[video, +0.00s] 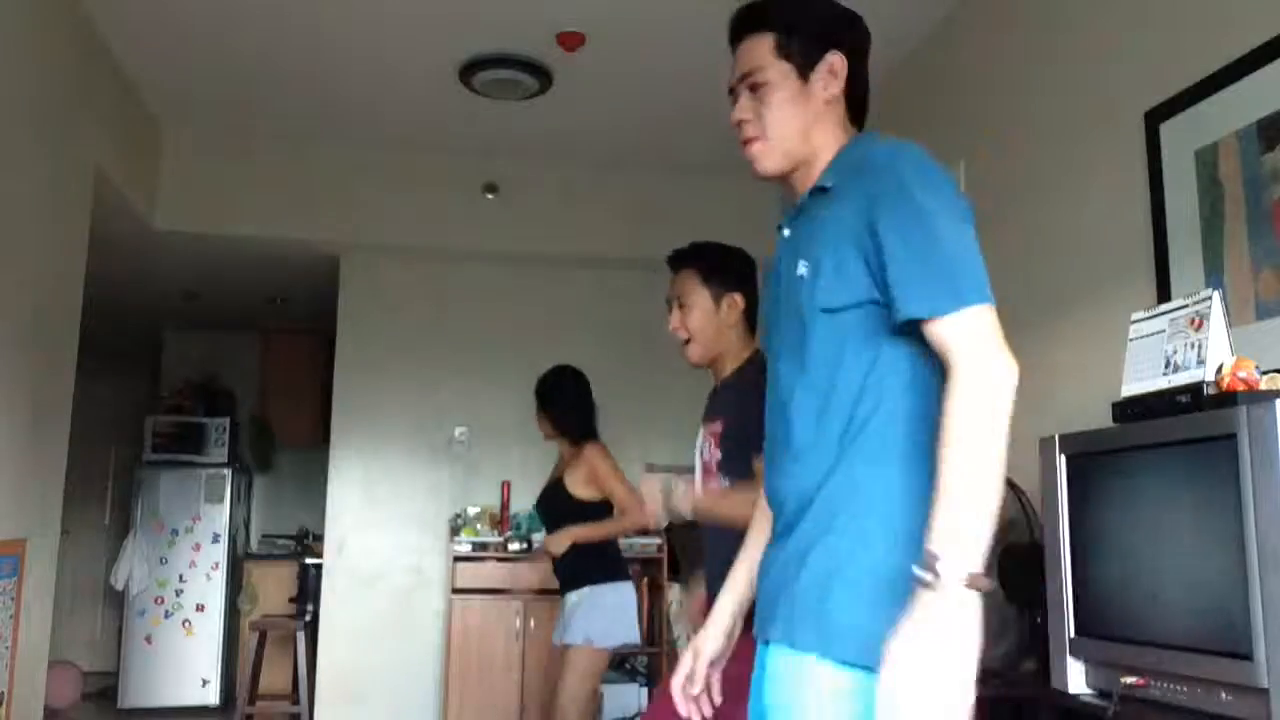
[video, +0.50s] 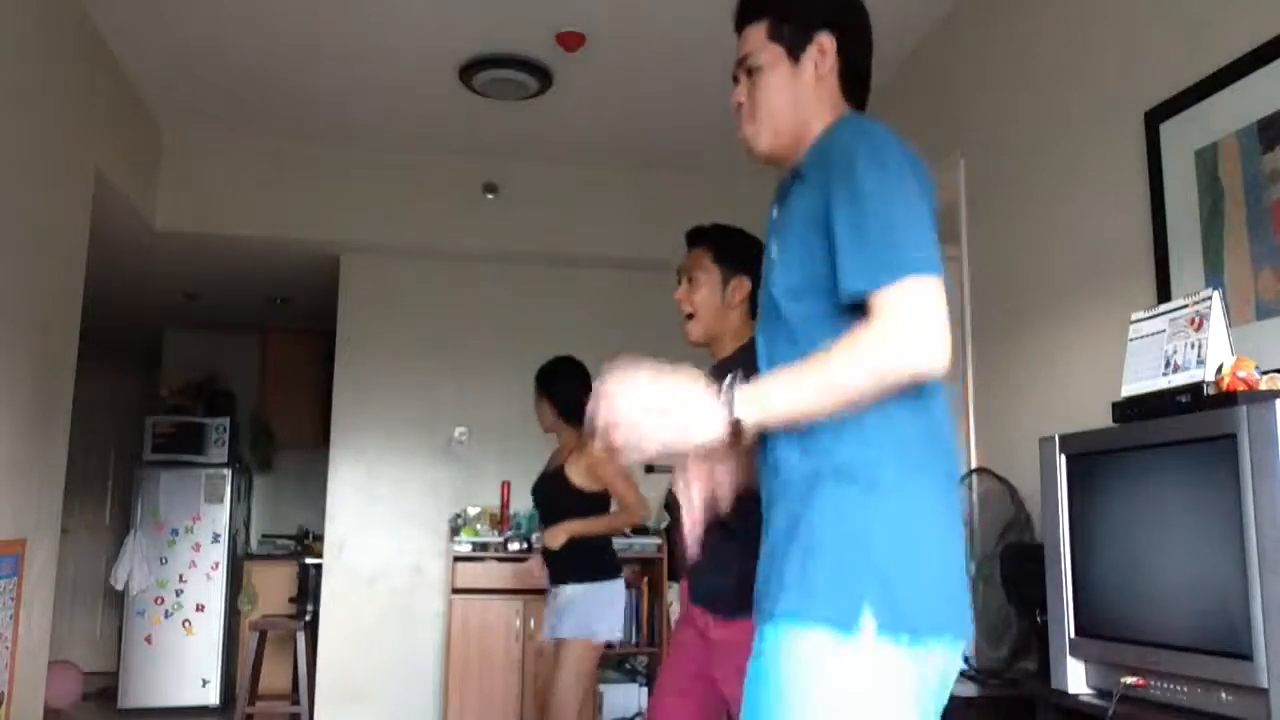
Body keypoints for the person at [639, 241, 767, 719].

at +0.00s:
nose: (673, 323)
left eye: (684, 305)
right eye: (672, 308)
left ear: (732, 307)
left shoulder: (762, 385)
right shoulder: (722, 391)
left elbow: (776, 501)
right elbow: (734, 502)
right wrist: (706, 584)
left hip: (758, 610)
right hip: (726, 602)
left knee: (739, 709)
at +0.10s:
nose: (671, 305)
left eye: (682, 288)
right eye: (670, 290)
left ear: (729, 292)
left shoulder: (764, 367)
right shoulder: (718, 375)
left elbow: (782, 474)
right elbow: (723, 496)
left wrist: (687, 431)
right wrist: (708, 594)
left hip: (753, 601)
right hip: (714, 596)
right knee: (670, 707)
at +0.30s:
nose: (675, 315)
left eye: (689, 300)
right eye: (678, 301)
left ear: (735, 311)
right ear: (728, 313)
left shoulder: (760, 395)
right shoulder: (713, 397)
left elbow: (777, 509)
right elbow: (698, 510)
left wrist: (743, 608)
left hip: (738, 620)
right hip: (698, 608)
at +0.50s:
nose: (678, 297)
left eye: (691, 280)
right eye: (680, 282)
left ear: (738, 291)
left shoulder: (772, 377)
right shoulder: (709, 383)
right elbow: (694, 496)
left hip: (756, 618)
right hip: (699, 611)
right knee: (669, 712)